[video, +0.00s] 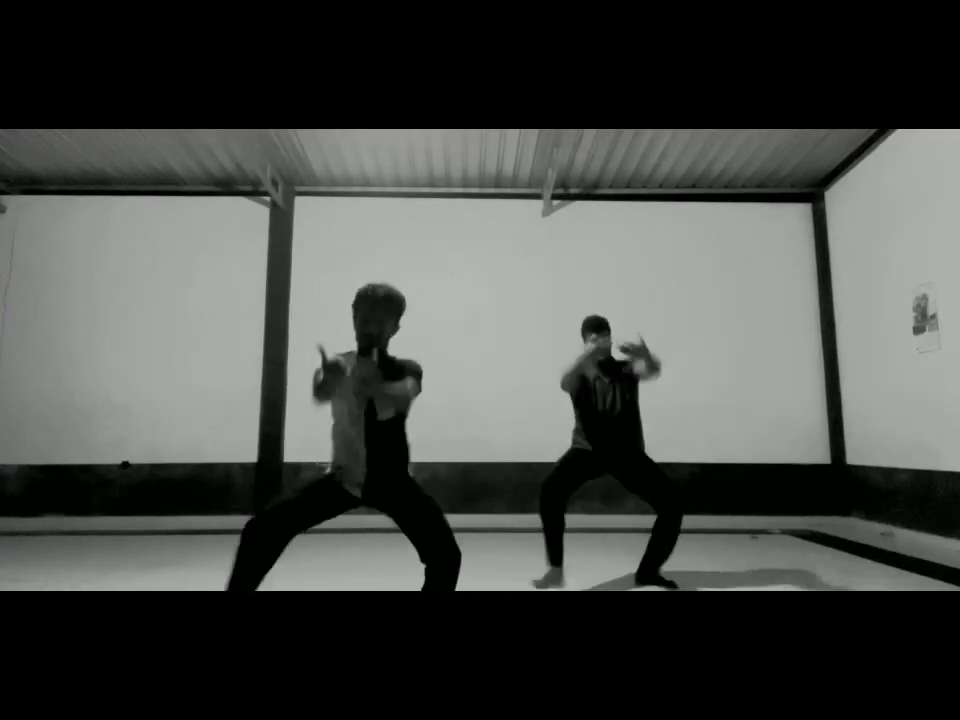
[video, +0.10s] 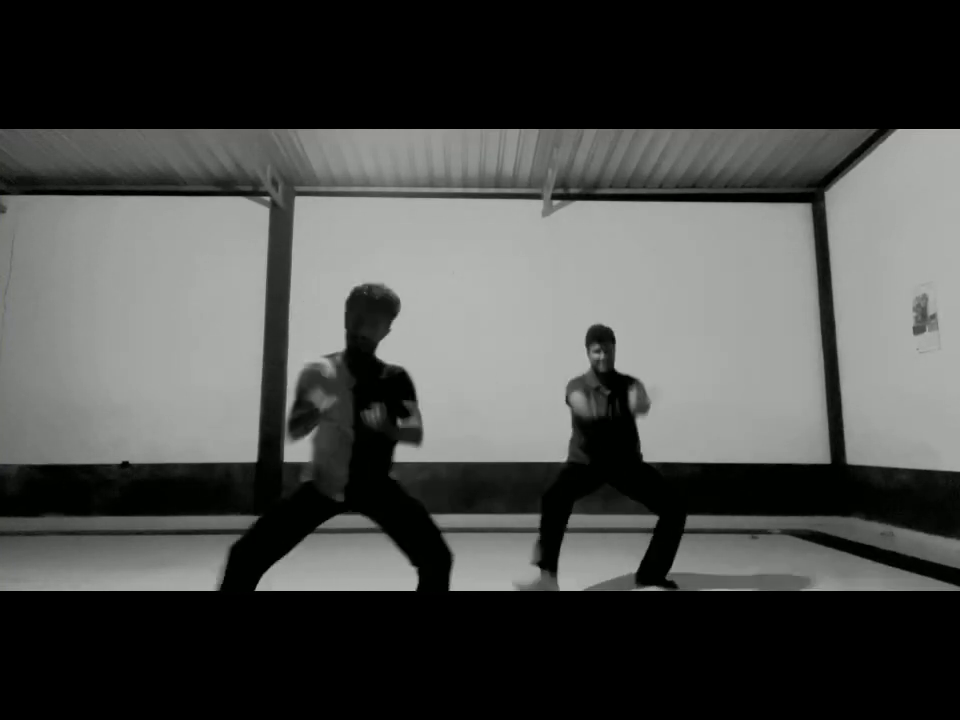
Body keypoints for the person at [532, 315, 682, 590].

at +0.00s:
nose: (601, 341)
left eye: (604, 335)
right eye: (595, 336)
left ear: (611, 337)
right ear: (585, 341)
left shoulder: (626, 369)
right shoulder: (579, 373)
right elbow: (567, 383)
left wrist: (645, 356)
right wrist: (587, 354)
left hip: (627, 454)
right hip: (587, 453)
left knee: (671, 505)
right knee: (551, 493)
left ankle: (648, 573)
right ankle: (555, 570)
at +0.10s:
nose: (602, 357)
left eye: (606, 350)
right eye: (596, 351)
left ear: (614, 351)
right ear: (588, 354)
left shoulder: (629, 384)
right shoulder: (578, 385)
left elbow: (641, 405)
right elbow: (580, 404)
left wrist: (637, 403)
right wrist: (592, 405)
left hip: (625, 466)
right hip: (585, 467)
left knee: (673, 507)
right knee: (554, 499)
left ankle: (650, 576)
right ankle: (547, 575)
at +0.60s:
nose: (591, 352)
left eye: (597, 349)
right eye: (589, 344)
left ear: (605, 350)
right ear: (581, 336)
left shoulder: (606, 369)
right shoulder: (550, 355)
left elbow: (652, 369)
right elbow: (506, 342)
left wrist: (688, 403)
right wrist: (480, 368)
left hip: (572, 450)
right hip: (537, 443)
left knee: (561, 518)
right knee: (519, 508)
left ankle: (540, 579)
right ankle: (502, 566)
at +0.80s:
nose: (587, 365)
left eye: (596, 364)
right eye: (587, 356)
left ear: (602, 369)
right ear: (580, 350)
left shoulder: (594, 404)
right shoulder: (553, 356)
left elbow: (621, 445)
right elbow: (522, 319)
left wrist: (644, 476)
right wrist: (496, 284)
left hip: (563, 466)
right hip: (530, 455)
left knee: (550, 520)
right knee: (510, 515)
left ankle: (532, 577)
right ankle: (563, 518)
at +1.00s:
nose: (578, 330)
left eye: (584, 332)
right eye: (583, 328)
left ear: (589, 344)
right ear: (593, 342)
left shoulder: (566, 367)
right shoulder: (589, 351)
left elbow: (536, 366)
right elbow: (610, 303)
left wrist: (508, 349)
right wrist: (592, 264)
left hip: (559, 444)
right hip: (567, 441)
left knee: (527, 502)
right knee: (547, 505)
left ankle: (531, 582)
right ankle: (594, 569)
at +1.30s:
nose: (604, 314)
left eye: (602, 308)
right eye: (600, 309)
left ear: (578, 313)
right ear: (590, 313)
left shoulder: (574, 336)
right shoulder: (593, 344)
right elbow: (640, 366)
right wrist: (660, 330)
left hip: (550, 422)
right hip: (562, 426)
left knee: (592, 492)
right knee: (596, 495)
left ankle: (581, 562)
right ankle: (568, 574)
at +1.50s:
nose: (607, 343)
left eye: (614, 339)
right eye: (603, 337)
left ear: (622, 346)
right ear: (596, 339)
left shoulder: (621, 387)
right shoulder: (576, 367)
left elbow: (635, 434)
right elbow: (554, 389)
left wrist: (643, 427)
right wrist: (595, 408)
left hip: (595, 449)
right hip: (563, 447)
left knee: (629, 511)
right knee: (590, 507)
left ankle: (608, 578)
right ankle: (574, 581)